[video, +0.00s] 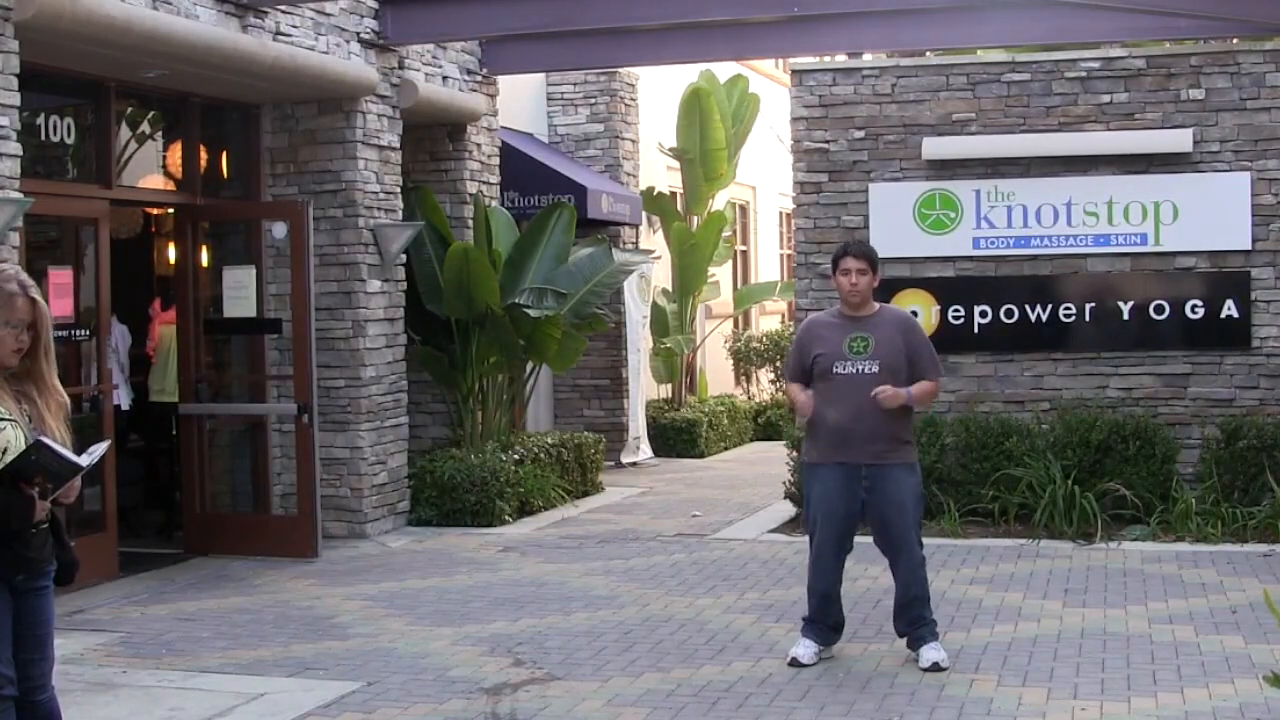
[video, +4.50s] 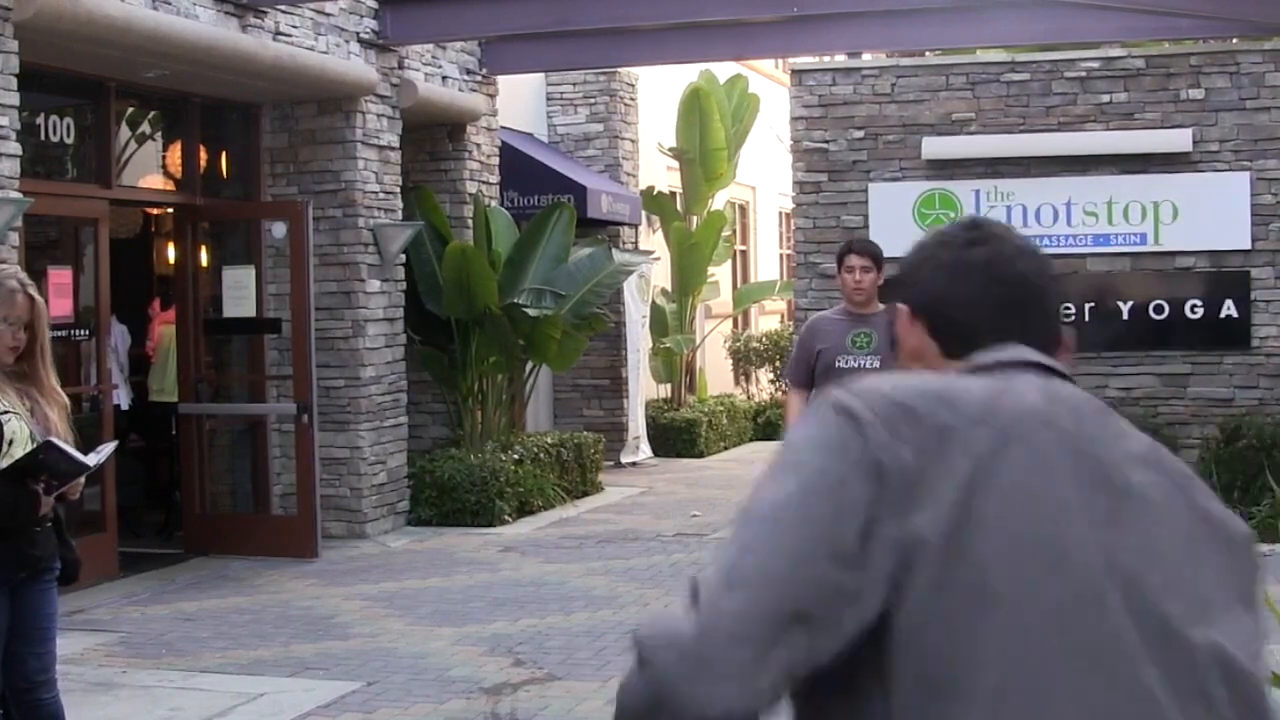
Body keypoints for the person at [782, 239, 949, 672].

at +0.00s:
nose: (853, 280)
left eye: (861, 273)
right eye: (845, 273)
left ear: (875, 278)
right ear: (834, 279)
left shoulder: (902, 323)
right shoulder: (812, 329)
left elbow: (931, 384)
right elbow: (793, 380)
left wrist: (904, 395)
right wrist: (800, 397)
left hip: (893, 461)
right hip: (828, 461)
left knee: (906, 549)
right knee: (824, 549)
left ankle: (923, 636)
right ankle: (817, 634)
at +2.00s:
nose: (862, 283)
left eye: (870, 275)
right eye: (854, 275)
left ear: (885, 279)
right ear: (843, 281)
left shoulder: (913, 325)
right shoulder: (823, 330)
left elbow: (940, 385)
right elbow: (802, 388)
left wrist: (917, 402)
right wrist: (819, 413)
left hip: (906, 460)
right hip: (842, 461)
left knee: (917, 550)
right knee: (833, 550)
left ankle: (924, 637)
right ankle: (817, 635)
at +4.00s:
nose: (852, 279)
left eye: (860, 271)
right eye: (844, 271)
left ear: (874, 276)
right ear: (832, 278)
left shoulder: (901, 326)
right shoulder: (812, 329)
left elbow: (929, 385)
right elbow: (788, 387)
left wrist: (914, 402)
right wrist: (799, 401)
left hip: (889, 463)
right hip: (824, 462)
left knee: (902, 551)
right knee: (821, 551)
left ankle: (922, 637)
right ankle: (818, 633)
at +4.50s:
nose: (857, 279)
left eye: (865, 270)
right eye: (849, 271)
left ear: (880, 277)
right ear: (839, 277)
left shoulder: (900, 324)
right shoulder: (817, 328)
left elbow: (915, 383)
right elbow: (797, 392)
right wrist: (797, 448)